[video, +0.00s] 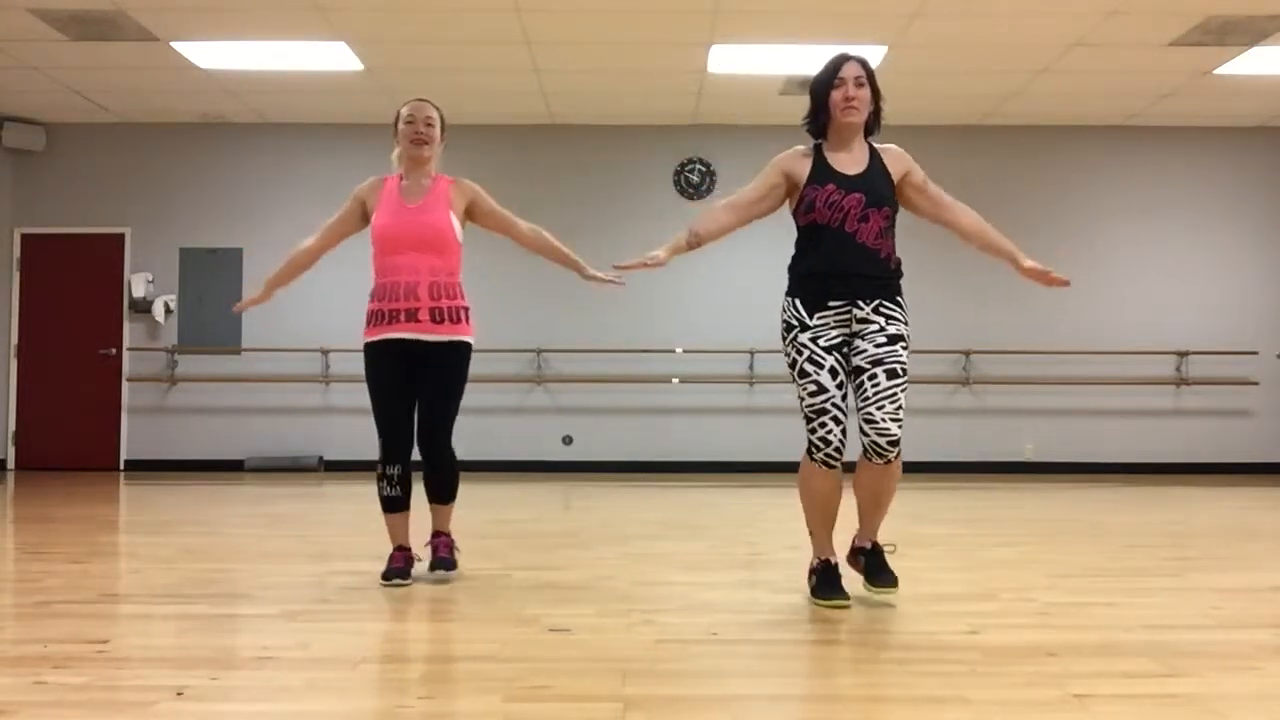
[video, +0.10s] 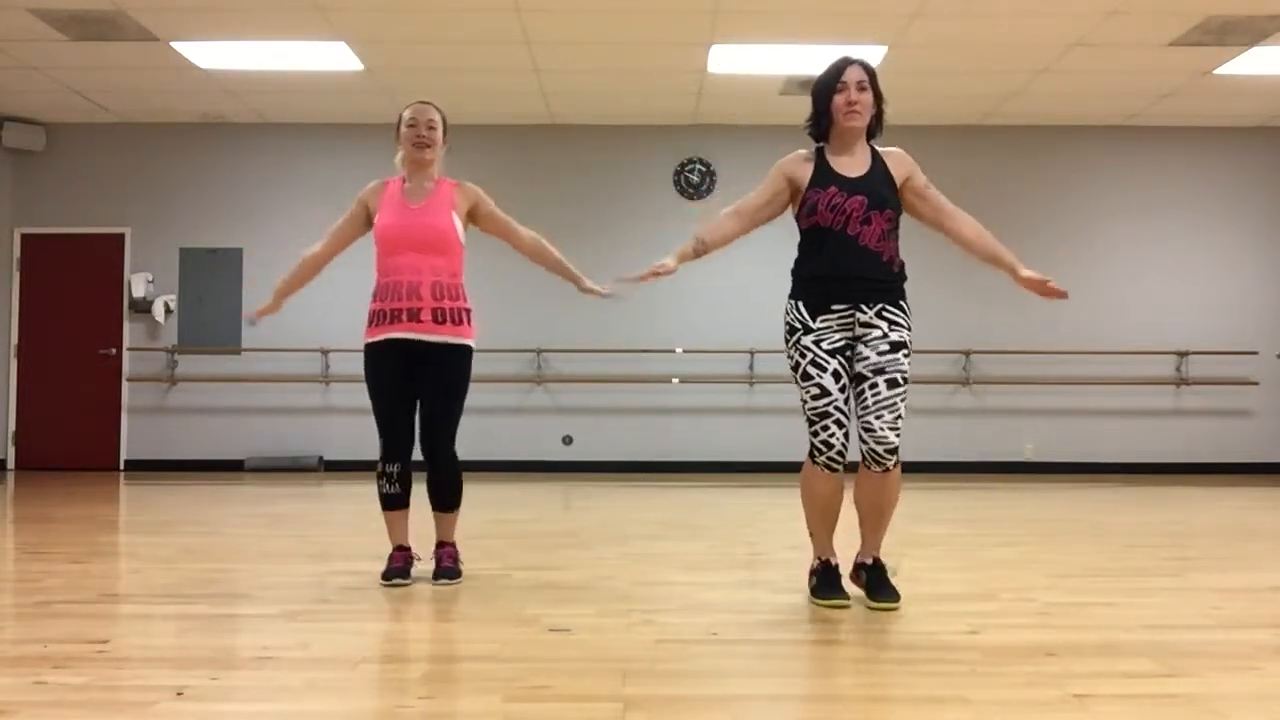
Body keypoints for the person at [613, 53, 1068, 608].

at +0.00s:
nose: (852, 91)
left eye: (861, 83)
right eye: (841, 83)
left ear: (873, 99)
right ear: (823, 98)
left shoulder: (894, 161)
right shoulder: (796, 163)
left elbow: (954, 213)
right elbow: (732, 209)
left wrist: (1018, 258)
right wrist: (672, 246)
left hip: (881, 309)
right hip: (813, 311)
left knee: (885, 433)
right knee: (829, 435)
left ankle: (866, 543)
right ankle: (824, 560)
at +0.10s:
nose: (855, 96)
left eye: (864, 88)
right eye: (843, 87)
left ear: (875, 102)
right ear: (825, 101)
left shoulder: (896, 164)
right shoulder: (798, 168)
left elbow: (952, 220)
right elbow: (739, 216)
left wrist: (1016, 268)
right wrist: (682, 253)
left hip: (883, 313)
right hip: (816, 315)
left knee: (882, 437)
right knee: (831, 438)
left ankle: (870, 560)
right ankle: (824, 562)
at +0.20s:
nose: (854, 95)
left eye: (863, 87)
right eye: (843, 87)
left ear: (878, 100)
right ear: (826, 101)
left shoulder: (899, 162)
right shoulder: (802, 168)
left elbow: (950, 226)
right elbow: (749, 221)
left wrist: (1017, 272)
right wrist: (697, 257)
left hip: (888, 316)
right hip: (820, 316)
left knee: (883, 441)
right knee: (835, 439)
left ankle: (868, 564)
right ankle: (823, 563)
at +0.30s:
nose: (857, 90)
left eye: (866, 81)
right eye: (846, 83)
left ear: (881, 93)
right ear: (830, 95)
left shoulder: (903, 157)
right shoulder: (807, 163)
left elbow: (945, 226)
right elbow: (759, 224)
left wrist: (1006, 267)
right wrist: (710, 266)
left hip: (892, 310)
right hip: (825, 310)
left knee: (886, 437)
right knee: (837, 435)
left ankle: (870, 563)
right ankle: (823, 562)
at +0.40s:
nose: (861, 92)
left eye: (869, 83)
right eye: (850, 85)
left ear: (883, 95)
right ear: (832, 98)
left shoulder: (904, 158)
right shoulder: (811, 164)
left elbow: (941, 225)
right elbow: (769, 231)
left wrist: (984, 262)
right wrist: (722, 276)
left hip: (896, 312)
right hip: (829, 313)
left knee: (887, 440)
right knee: (841, 438)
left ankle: (869, 565)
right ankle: (826, 561)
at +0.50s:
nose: (858, 100)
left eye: (864, 90)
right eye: (845, 96)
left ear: (881, 100)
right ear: (830, 113)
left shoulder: (908, 165)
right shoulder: (814, 172)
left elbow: (947, 229)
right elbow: (771, 242)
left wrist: (968, 266)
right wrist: (715, 269)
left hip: (897, 320)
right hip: (830, 321)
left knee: (889, 446)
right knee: (844, 444)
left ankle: (867, 567)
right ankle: (828, 563)